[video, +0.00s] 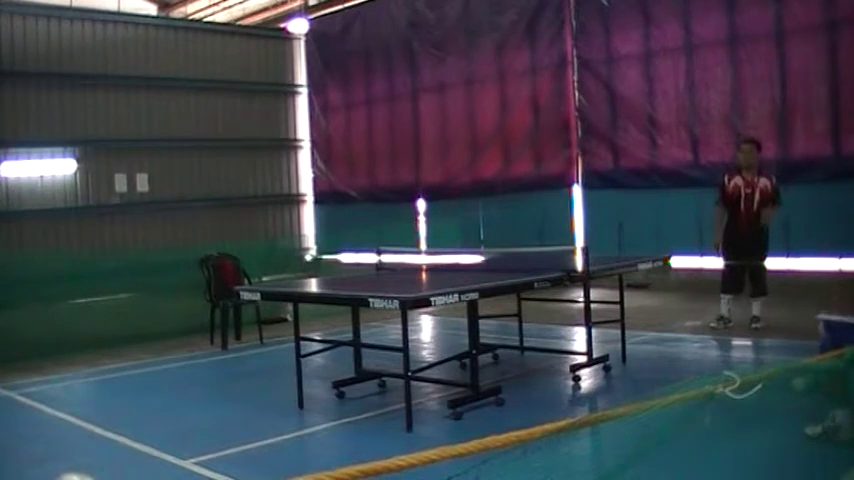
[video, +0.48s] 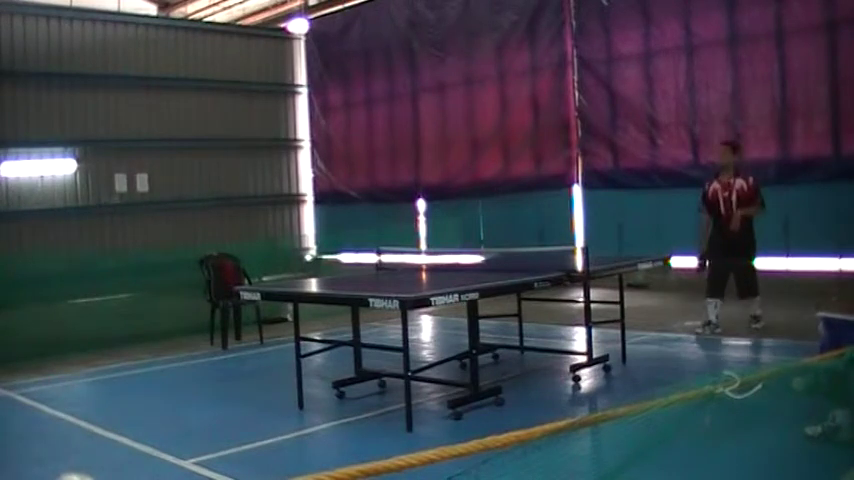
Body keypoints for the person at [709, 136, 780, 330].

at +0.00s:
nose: (746, 157)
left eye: (750, 152)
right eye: (743, 152)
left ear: (757, 156)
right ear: (738, 156)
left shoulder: (767, 182)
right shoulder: (729, 181)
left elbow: (773, 207)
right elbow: (721, 210)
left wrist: (766, 216)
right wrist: (718, 237)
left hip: (757, 234)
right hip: (733, 233)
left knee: (756, 272)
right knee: (730, 271)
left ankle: (756, 315)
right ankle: (724, 314)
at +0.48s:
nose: (722, 158)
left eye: (726, 154)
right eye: (721, 154)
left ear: (736, 157)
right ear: (719, 157)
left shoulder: (748, 183)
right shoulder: (711, 186)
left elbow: (757, 208)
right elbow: (707, 220)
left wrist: (740, 212)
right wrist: (703, 251)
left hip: (742, 242)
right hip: (719, 243)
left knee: (748, 281)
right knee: (714, 282)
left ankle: (755, 314)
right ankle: (712, 320)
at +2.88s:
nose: (628, 161)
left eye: (632, 156)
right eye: (626, 157)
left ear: (642, 159)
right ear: (624, 161)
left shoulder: (652, 181)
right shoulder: (629, 188)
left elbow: (660, 209)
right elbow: (628, 219)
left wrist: (661, 236)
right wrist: (625, 245)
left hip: (656, 238)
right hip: (639, 240)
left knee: (671, 278)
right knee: (638, 280)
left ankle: (694, 315)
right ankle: (637, 321)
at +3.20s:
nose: (666, 161)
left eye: (670, 156)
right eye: (664, 156)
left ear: (679, 160)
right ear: (661, 160)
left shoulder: (691, 185)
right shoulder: (654, 187)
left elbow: (695, 209)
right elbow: (645, 213)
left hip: (686, 242)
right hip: (662, 243)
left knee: (691, 282)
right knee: (654, 280)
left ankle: (701, 320)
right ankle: (641, 320)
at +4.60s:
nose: (689, 159)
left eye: (693, 154)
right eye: (687, 154)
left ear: (703, 158)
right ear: (685, 158)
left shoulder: (715, 185)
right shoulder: (680, 186)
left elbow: (723, 216)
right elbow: (675, 216)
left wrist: (717, 245)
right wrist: (673, 242)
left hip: (704, 242)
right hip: (682, 242)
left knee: (702, 284)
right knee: (678, 282)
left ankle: (703, 322)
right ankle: (677, 321)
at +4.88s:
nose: (689, 159)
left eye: (693, 154)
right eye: (688, 154)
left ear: (703, 158)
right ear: (685, 158)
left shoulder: (715, 185)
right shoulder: (681, 186)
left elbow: (719, 218)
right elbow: (675, 216)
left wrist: (714, 247)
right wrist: (673, 243)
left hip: (704, 242)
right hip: (683, 241)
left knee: (703, 283)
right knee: (678, 280)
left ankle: (703, 321)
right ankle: (677, 320)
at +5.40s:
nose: (690, 160)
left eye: (694, 155)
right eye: (688, 155)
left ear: (704, 158)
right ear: (686, 159)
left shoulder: (716, 186)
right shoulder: (680, 186)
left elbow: (721, 217)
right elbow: (675, 215)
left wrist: (705, 233)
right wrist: (668, 239)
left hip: (705, 241)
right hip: (682, 240)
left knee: (703, 282)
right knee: (676, 280)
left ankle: (703, 321)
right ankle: (676, 320)